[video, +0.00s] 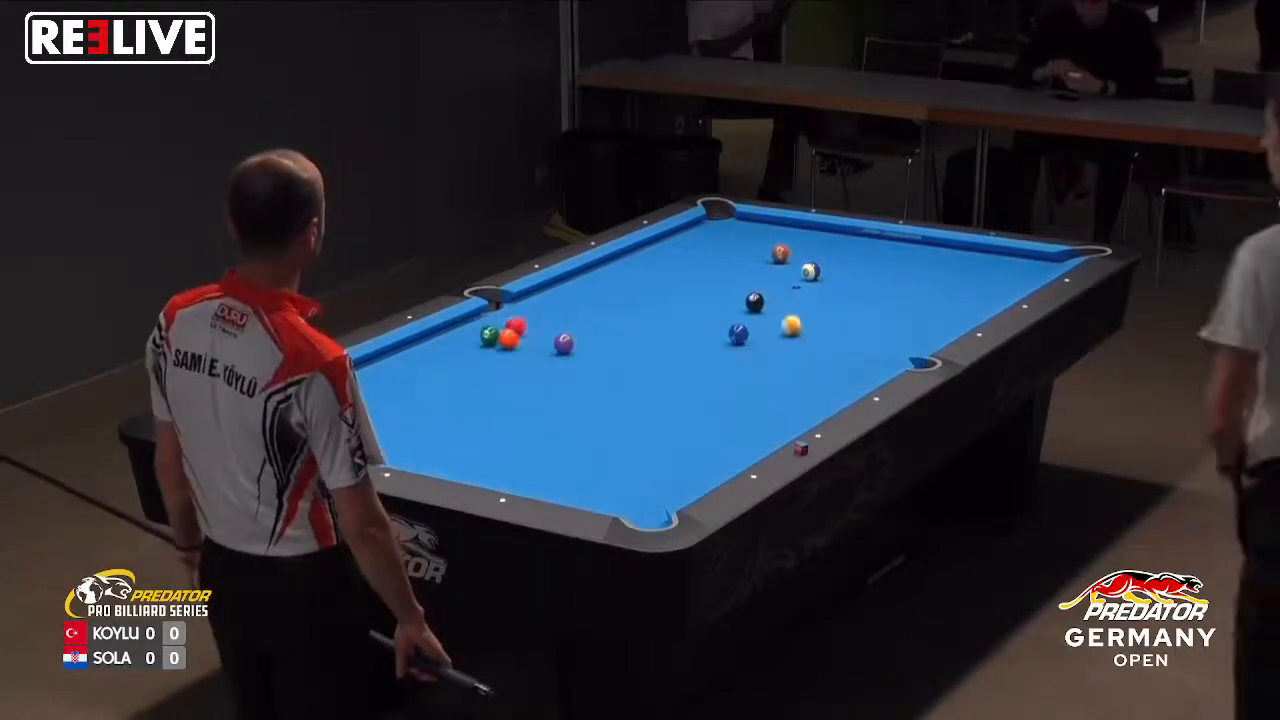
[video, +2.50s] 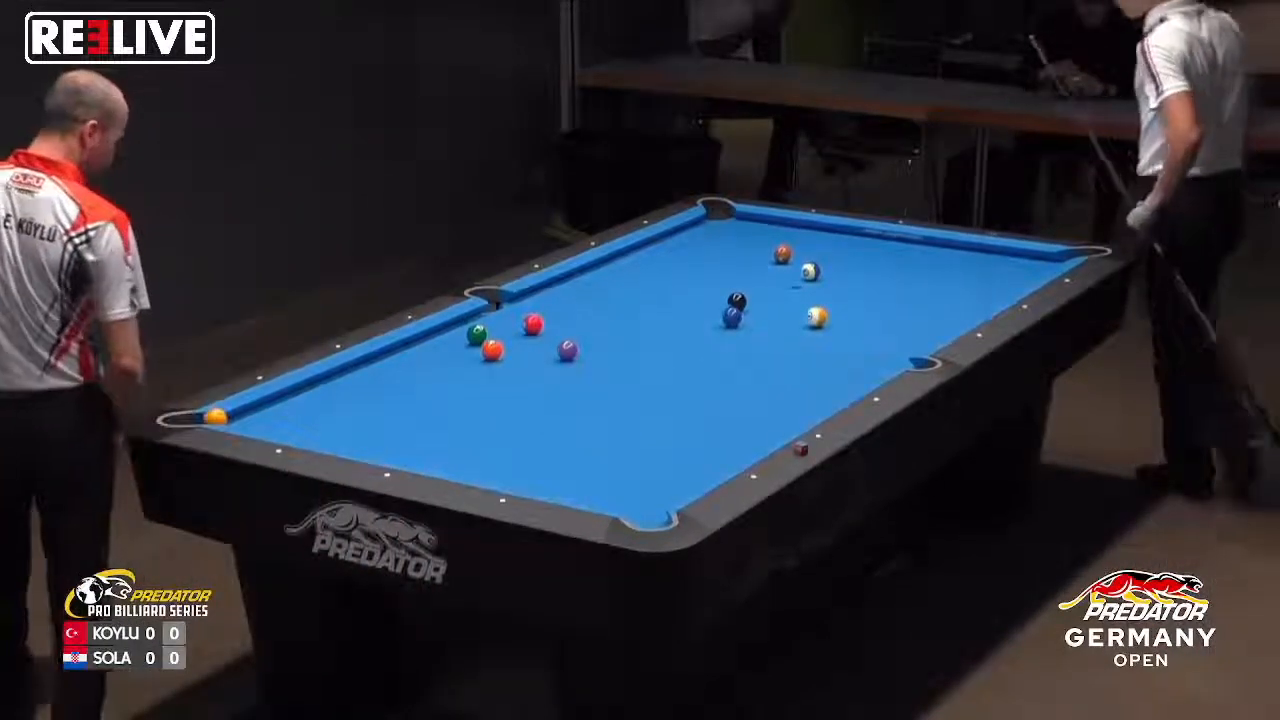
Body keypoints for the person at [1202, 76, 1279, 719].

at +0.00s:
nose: (1266, 144)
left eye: (1268, 130)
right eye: (1269, 130)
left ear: (1273, 141)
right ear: (1274, 143)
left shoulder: (1262, 258)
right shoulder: (1258, 258)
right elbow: (1229, 403)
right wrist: (1237, 469)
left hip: (1271, 480)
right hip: (1269, 477)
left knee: (1263, 636)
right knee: (1260, 635)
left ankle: (1258, 705)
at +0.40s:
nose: (1234, 119)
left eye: (1241, 105)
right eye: (1238, 104)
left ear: (1266, 118)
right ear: (1272, 120)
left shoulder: (1235, 217)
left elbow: (1174, 362)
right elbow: (1175, 362)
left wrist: (1184, 388)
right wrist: (1191, 381)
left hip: (1241, 434)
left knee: (1227, 614)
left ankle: (1232, 705)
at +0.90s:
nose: (1214, 84)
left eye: (1222, 71)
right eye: (1215, 71)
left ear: (1256, 74)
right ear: (1268, 75)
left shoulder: (1221, 163)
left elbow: (1164, 289)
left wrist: (1179, 311)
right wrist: (1189, 299)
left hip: (1219, 361)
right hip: (1275, 360)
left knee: (1192, 515)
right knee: (1274, 538)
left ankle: (1182, 652)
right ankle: (1257, 692)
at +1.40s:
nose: (1180, 39)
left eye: (1191, 27)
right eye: (1183, 26)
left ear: (1232, 37)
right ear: (1240, 37)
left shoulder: (1191, 113)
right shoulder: (1277, 101)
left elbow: (1145, 229)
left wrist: (1180, 234)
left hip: (1202, 296)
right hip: (1274, 298)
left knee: (1187, 453)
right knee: (1269, 457)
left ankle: (1191, 631)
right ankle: (1259, 612)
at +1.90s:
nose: (1194, 9)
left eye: (1205, 0)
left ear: (1242, 5)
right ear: (1255, 8)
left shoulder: (1223, 73)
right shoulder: (1273, 60)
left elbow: (1189, 188)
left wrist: (1164, 217)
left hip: (1225, 242)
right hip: (1277, 238)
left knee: (1202, 389)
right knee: (1275, 393)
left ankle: (1224, 541)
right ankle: (1271, 536)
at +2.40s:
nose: (1133, 1)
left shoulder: (1174, 53)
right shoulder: (1254, 38)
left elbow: (1190, 145)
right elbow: (1267, 134)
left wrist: (1156, 212)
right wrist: (1255, 186)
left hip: (1190, 211)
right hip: (1247, 208)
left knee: (1178, 343)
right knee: (1229, 346)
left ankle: (1186, 465)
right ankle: (1264, 482)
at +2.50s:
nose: (1120, 5)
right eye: (1118, 1)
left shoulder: (1162, 40)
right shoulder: (1226, 25)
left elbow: (1185, 135)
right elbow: (1228, 118)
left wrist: (1153, 202)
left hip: (1182, 198)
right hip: (1223, 193)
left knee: (1174, 332)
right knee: (1199, 329)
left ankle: (1187, 464)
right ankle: (1237, 443)